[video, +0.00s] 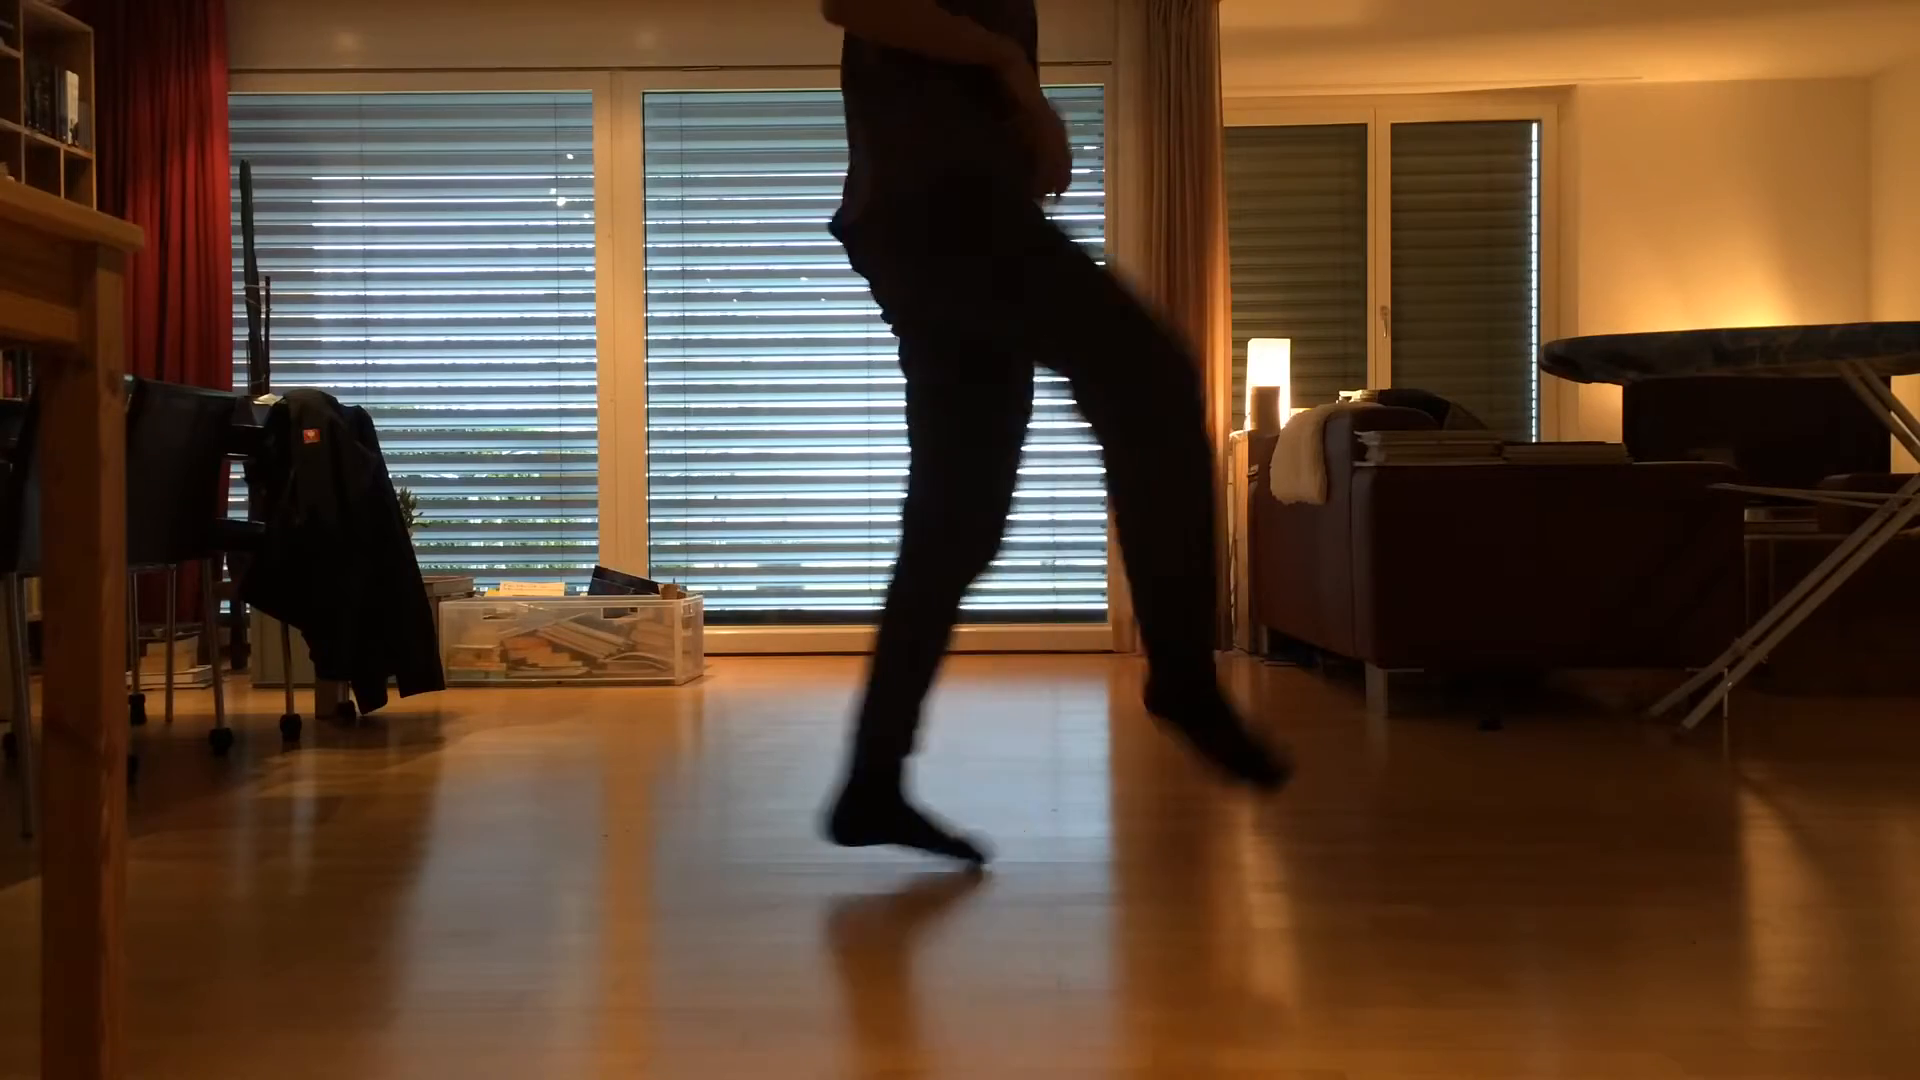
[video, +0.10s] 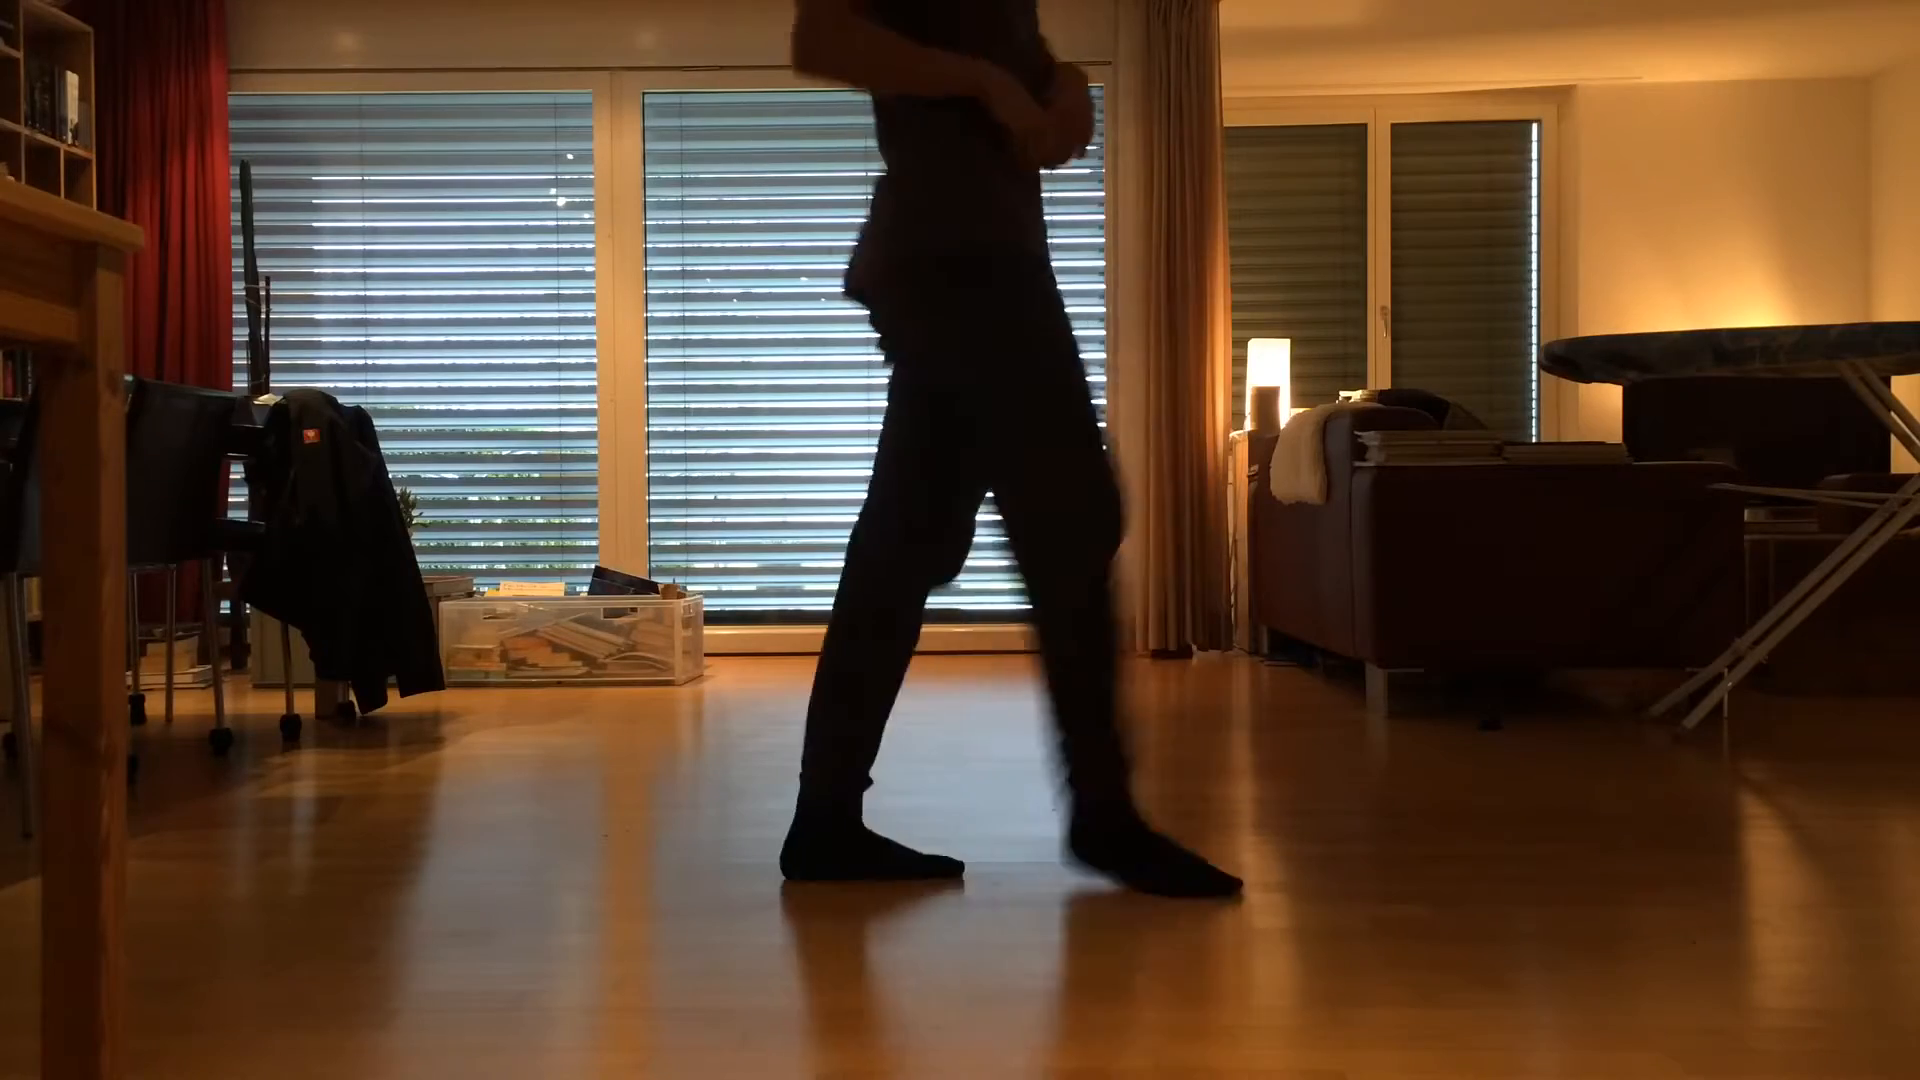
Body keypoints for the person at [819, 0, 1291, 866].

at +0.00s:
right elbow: (852, 11)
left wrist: (1029, 123)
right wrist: (1008, 60)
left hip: (963, 208)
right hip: (938, 208)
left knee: (953, 522)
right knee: (1153, 386)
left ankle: (871, 788)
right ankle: (1184, 682)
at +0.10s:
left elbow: (1016, 46)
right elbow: (820, 38)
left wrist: (1066, 93)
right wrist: (988, 81)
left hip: (986, 243)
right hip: (953, 248)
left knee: (907, 538)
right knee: (1071, 520)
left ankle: (825, 822)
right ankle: (1104, 816)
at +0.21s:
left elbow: (1090, 54)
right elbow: (805, 65)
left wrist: (1095, 91)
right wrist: (963, 93)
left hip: (1017, 248)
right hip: (929, 247)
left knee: (979, 525)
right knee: (1016, 520)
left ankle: (849, 772)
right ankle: (1031, 813)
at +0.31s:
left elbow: (1133, 50)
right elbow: (793, 88)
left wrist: (1095, 98)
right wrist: (917, 91)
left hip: (1049, 234)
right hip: (932, 246)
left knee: (1169, 488)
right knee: (969, 551)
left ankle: (988, 584)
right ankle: (925, 822)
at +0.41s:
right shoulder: (841, 1)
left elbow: (1150, 39)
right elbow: (802, 112)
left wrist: (1117, 122)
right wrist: (916, 132)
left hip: (1080, 253)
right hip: (951, 272)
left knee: (1232, 426)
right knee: (957, 566)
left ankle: (1106, 531)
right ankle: (933, 819)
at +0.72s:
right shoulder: (907, 5)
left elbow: (1222, 12)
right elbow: (896, 139)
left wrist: (1197, 139)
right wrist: (953, 142)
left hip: (1162, 219)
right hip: (1022, 240)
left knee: (1187, 445)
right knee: (1023, 528)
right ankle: (1025, 791)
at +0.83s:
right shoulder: (946, 7)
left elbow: (1267, 9)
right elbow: (938, 127)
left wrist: (1205, 134)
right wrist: (981, 146)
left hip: (1184, 209)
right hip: (1051, 232)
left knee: (1201, 400)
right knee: (1027, 519)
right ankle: (1035, 790)